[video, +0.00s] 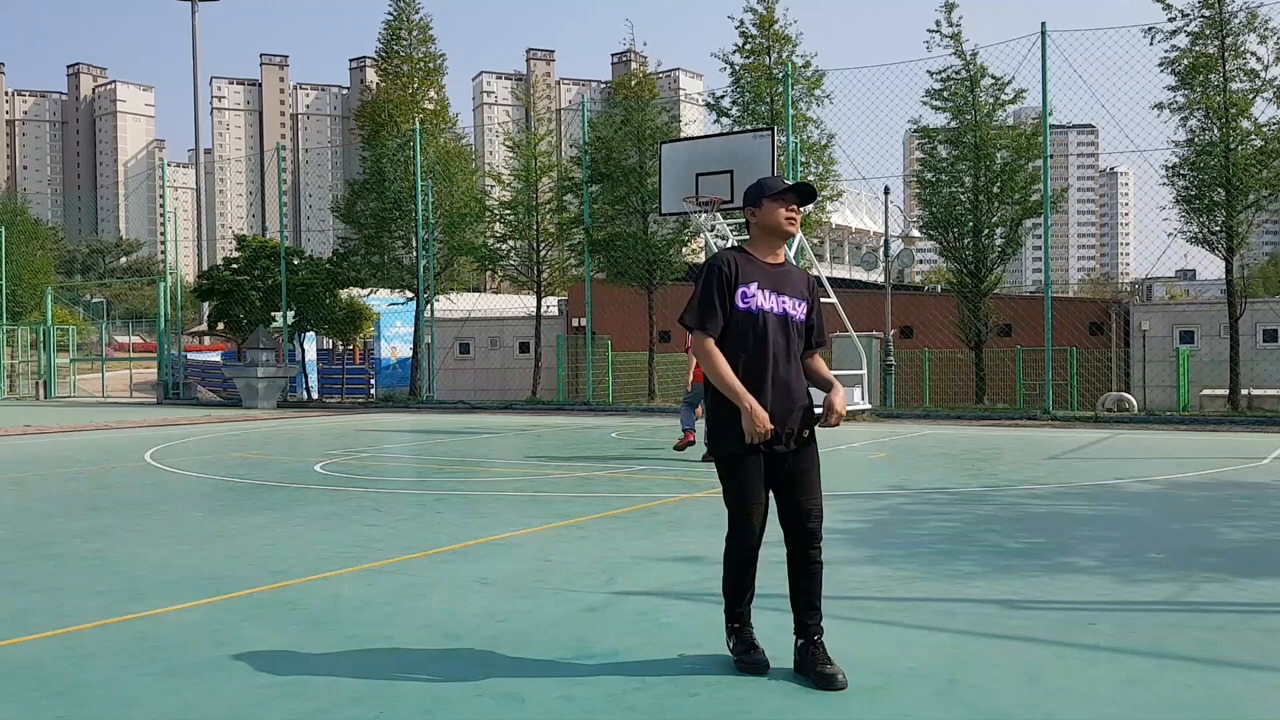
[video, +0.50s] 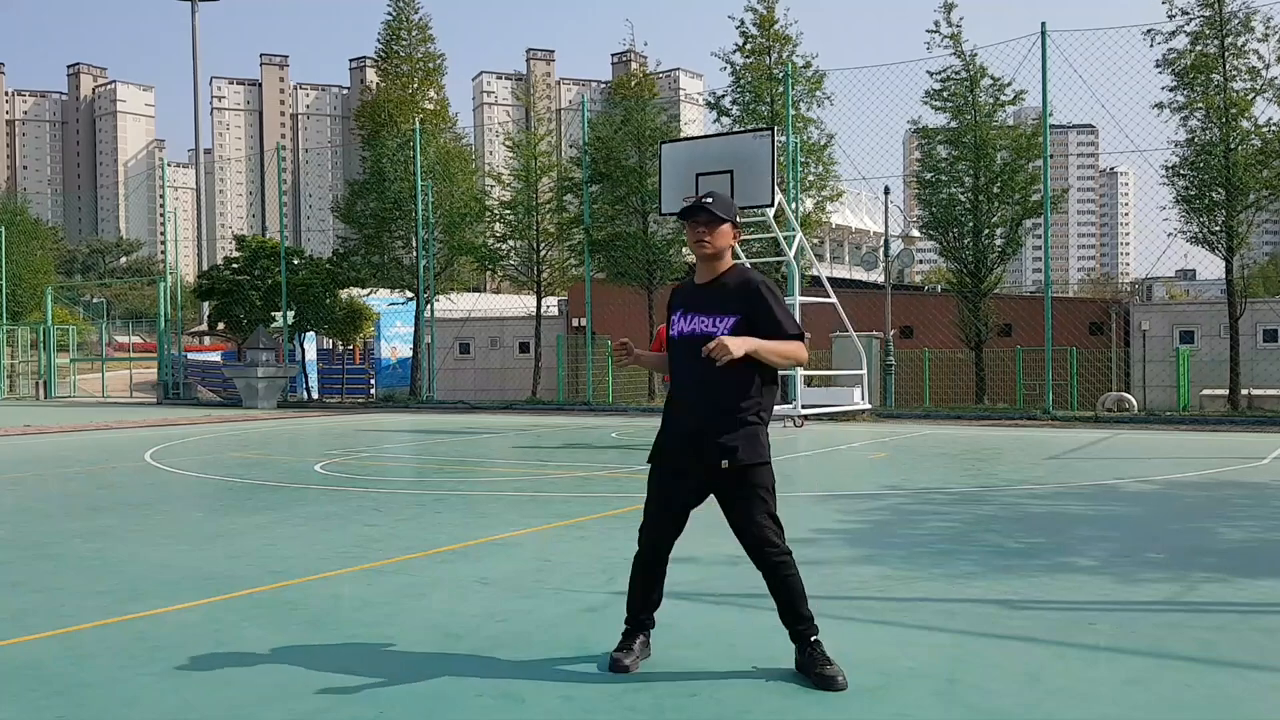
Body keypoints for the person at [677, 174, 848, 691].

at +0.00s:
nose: (795, 210)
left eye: (798, 204)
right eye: (784, 201)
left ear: (798, 217)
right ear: (753, 212)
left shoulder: (803, 282)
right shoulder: (724, 265)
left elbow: (809, 353)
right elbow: (702, 344)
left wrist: (833, 384)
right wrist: (747, 402)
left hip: (795, 425)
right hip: (739, 426)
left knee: (807, 532)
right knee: (747, 530)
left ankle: (810, 643)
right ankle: (740, 632)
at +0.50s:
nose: (700, 232)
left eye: (710, 225)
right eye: (693, 225)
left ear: (733, 233)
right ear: (686, 234)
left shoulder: (753, 288)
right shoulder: (680, 295)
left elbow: (799, 351)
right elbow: (684, 362)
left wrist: (748, 345)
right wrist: (645, 357)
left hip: (741, 446)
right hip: (680, 443)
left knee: (768, 547)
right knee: (652, 541)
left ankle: (809, 645)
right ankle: (637, 634)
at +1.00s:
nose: (643, 226)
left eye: (651, 219)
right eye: (634, 219)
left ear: (666, 228)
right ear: (619, 228)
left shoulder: (689, 270)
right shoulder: (599, 288)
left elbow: (738, 314)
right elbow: (583, 357)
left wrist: (716, 331)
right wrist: (576, 338)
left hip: (692, 420)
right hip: (633, 426)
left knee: (715, 512)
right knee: (635, 532)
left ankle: (686, 574)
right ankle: (634, 630)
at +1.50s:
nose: (663, 239)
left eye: (672, 235)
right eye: (657, 232)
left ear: (686, 248)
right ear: (644, 240)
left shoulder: (692, 300)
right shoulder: (610, 287)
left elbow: (679, 370)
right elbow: (599, 357)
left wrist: (654, 427)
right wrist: (616, 414)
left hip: (662, 417)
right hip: (611, 413)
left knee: (662, 509)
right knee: (612, 507)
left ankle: (658, 597)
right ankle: (608, 601)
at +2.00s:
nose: (557, 284)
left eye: (566, 277)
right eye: (551, 277)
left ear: (586, 277)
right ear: (545, 280)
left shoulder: (608, 317)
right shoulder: (543, 316)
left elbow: (666, 339)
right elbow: (524, 345)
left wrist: (624, 364)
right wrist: (506, 353)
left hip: (601, 442)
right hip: (557, 438)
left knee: (623, 519)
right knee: (523, 514)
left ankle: (688, 590)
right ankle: (523, 587)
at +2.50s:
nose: (536, 303)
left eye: (543, 296)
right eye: (529, 296)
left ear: (554, 289)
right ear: (514, 288)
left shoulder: (570, 313)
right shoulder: (491, 313)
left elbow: (626, 326)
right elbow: (438, 334)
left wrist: (592, 361)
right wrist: (465, 352)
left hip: (548, 432)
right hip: (501, 431)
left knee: (534, 508)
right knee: (502, 510)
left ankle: (529, 566)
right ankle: (508, 581)